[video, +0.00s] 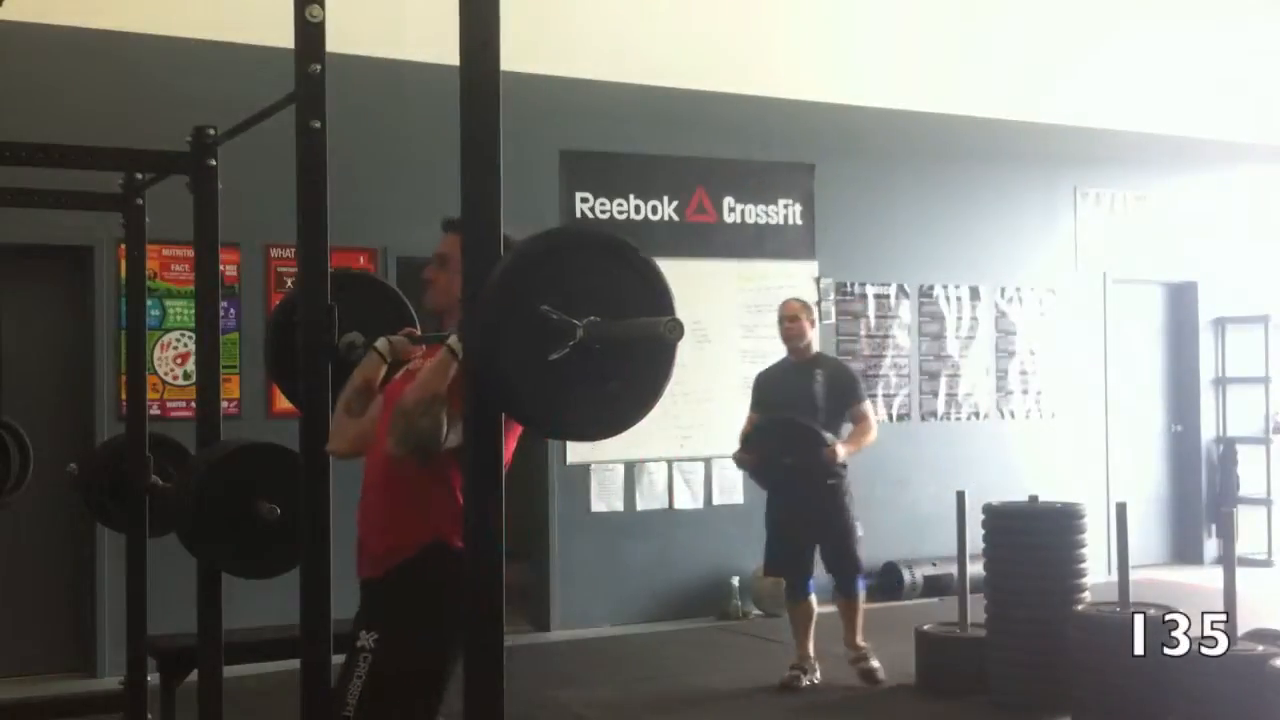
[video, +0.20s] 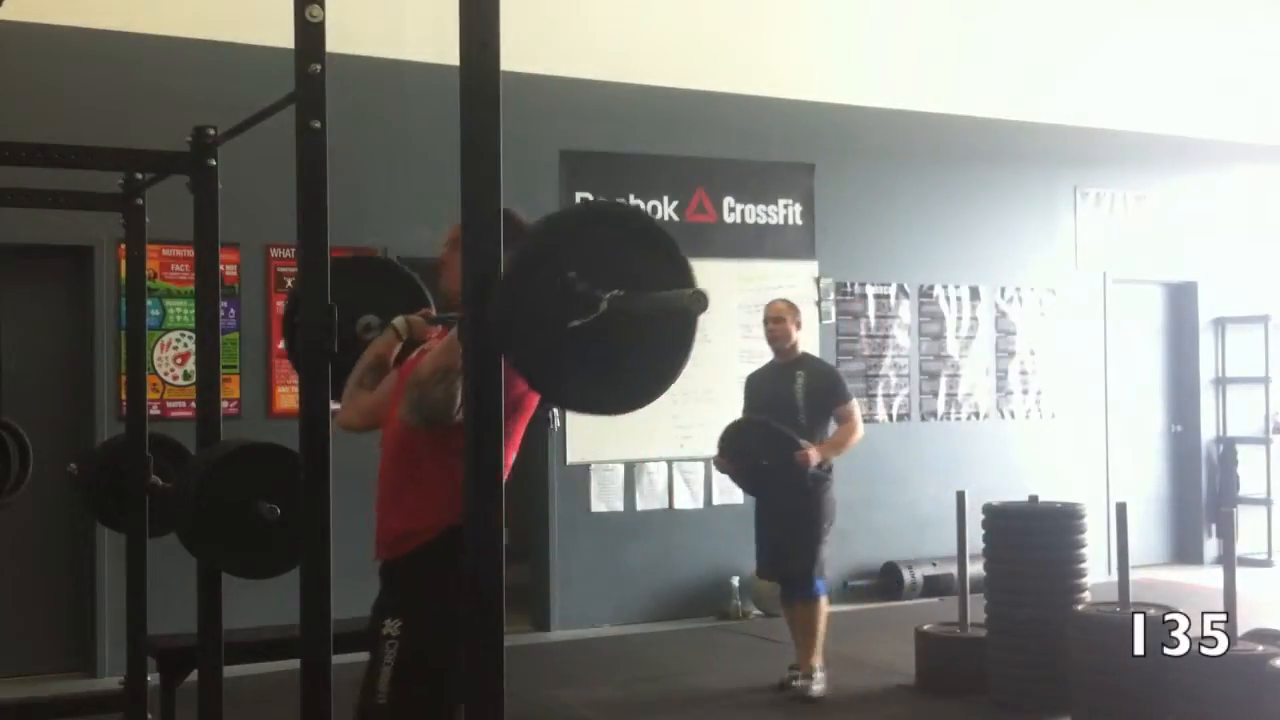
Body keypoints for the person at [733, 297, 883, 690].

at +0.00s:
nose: (789, 327)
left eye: (796, 319)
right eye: (784, 321)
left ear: (813, 324)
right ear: (778, 329)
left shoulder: (839, 374)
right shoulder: (767, 379)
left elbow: (867, 426)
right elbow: (752, 429)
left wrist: (844, 448)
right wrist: (745, 453)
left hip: (827, 484)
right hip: (784, 485)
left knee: (847, 568)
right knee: (796, 576)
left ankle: (856, 647)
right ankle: (805, 662)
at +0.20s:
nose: (773, 328)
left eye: (780, 321)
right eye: (769, 322)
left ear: (798, 326)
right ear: (764, 329)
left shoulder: (823, 374)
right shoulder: (756, 380)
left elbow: (853, 426)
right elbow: (749, 434)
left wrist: (821, 452)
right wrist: (730, 458)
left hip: (810, 487)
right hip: (771, 488)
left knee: (808, 577)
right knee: (786, 579)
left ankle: (813, 667)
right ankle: (802, 664)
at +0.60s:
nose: (750, 331)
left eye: (757, 323)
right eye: (745, 324)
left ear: (773, 326)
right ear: (738, 330)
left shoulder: (791, 379)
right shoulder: (732, 382)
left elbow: (812, 439)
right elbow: (730, 437)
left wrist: (766, 460)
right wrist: (698, 458)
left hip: (773, 493)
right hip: (736, 491)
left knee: (761, 587)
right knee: (741, 583)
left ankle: (759, 681)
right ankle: (794, 645)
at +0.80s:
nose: (746, 345)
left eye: (753, 337)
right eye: (740, 337)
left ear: (764, 339)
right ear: (728, 338)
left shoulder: (771, 377)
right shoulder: (715, 375)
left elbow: (785, 437)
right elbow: (715, 436)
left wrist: (735, 459)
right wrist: (683, 454)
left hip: (754, 490)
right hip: (714, 488)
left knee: (752, 586)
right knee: (692, 575)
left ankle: (759, 681)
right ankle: (736, 640)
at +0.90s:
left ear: (739, 329)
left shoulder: (755, 375)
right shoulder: (703, 375)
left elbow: (769, 437)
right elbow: (705, 435)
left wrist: (719, 458)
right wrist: (674, 460)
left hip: (741, 492)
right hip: (701, 491)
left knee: (742, 583)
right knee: (678, 577)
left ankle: (758, 681)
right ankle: (697, 673)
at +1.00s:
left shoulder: (738, 377)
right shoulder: (682, 383)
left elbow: (754, 441)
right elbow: (693, 443)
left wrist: (702, 461)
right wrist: (660, 464)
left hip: (728, 498)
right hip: (687, 498)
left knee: (740, 592)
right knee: (667, 592)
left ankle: (758, 681)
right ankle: (645, 681)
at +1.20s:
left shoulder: (702, 382)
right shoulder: (651, 391)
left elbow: (718, 442)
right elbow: (657, 445)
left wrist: (666, 460)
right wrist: (627, 459)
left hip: (687, 508)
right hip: (643, 507)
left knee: (703, 595)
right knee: (628, 601)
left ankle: (753, 673)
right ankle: (617, 693)